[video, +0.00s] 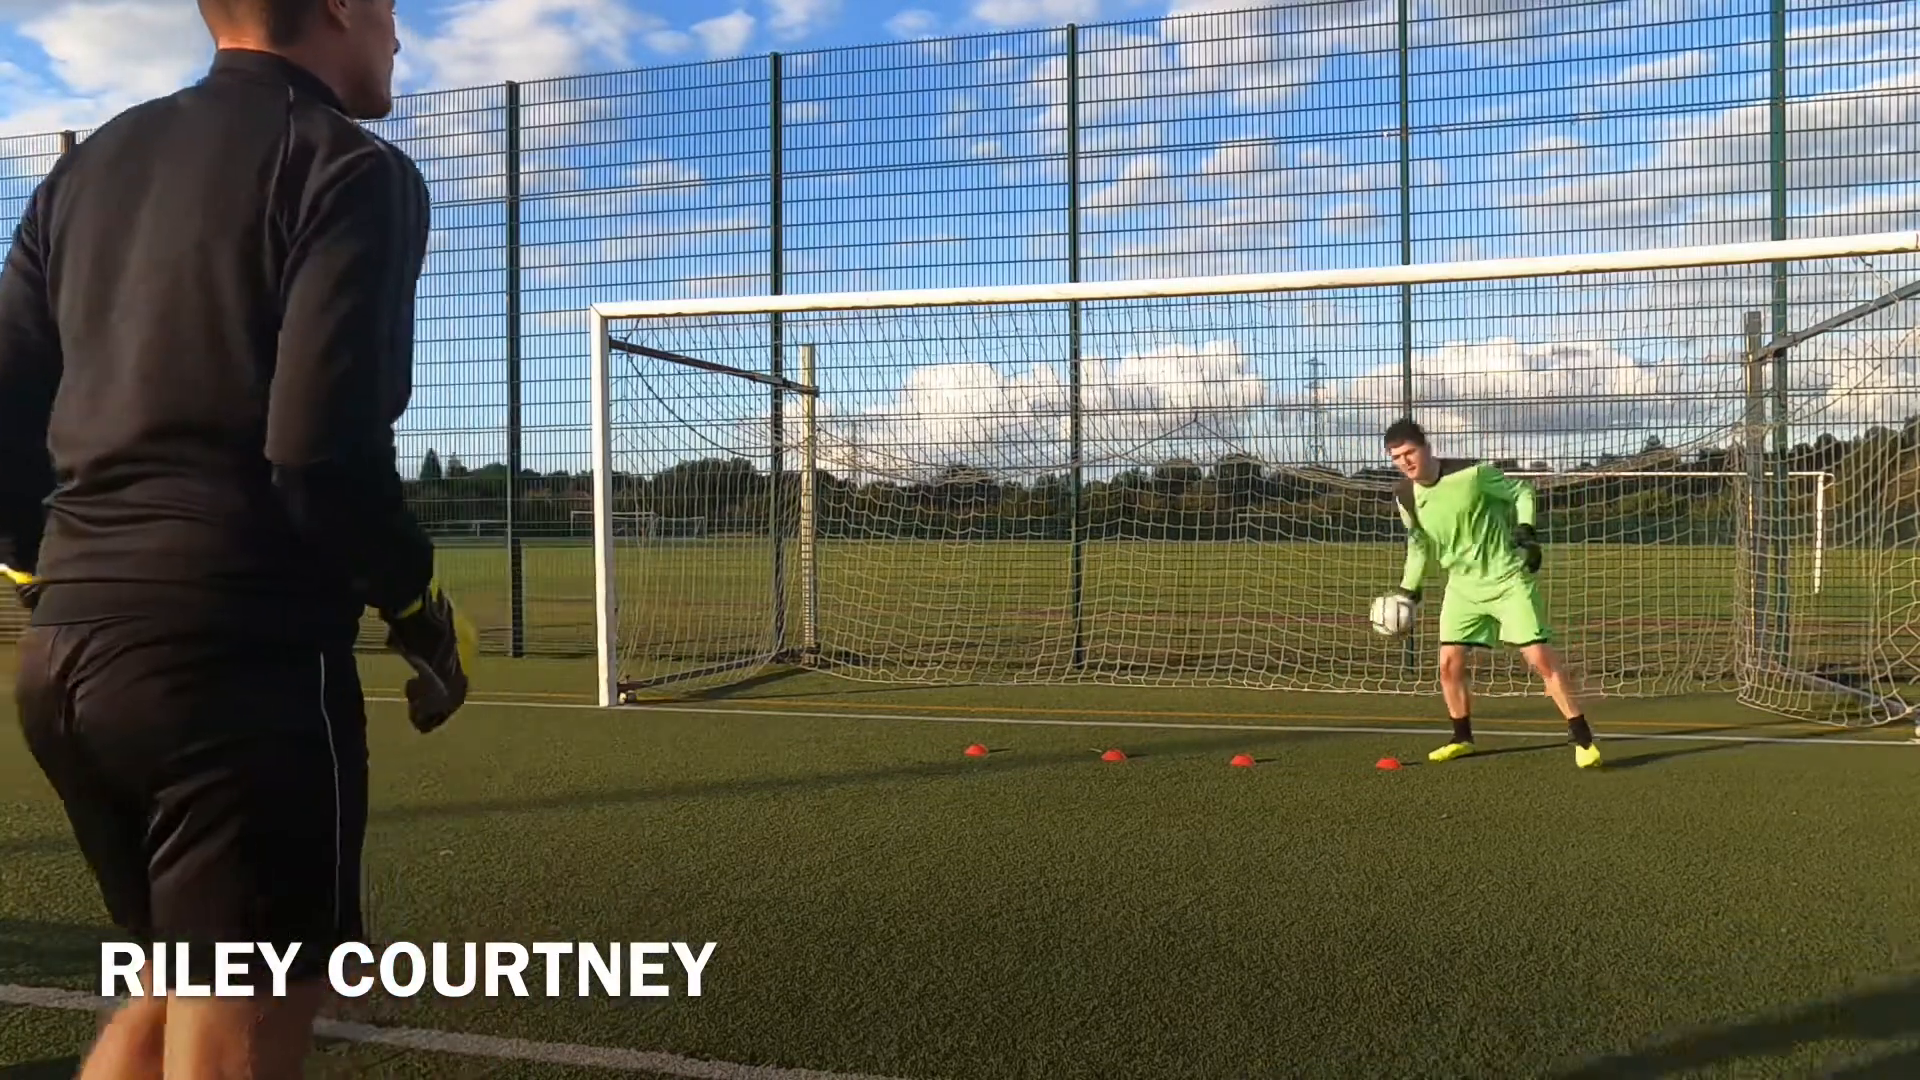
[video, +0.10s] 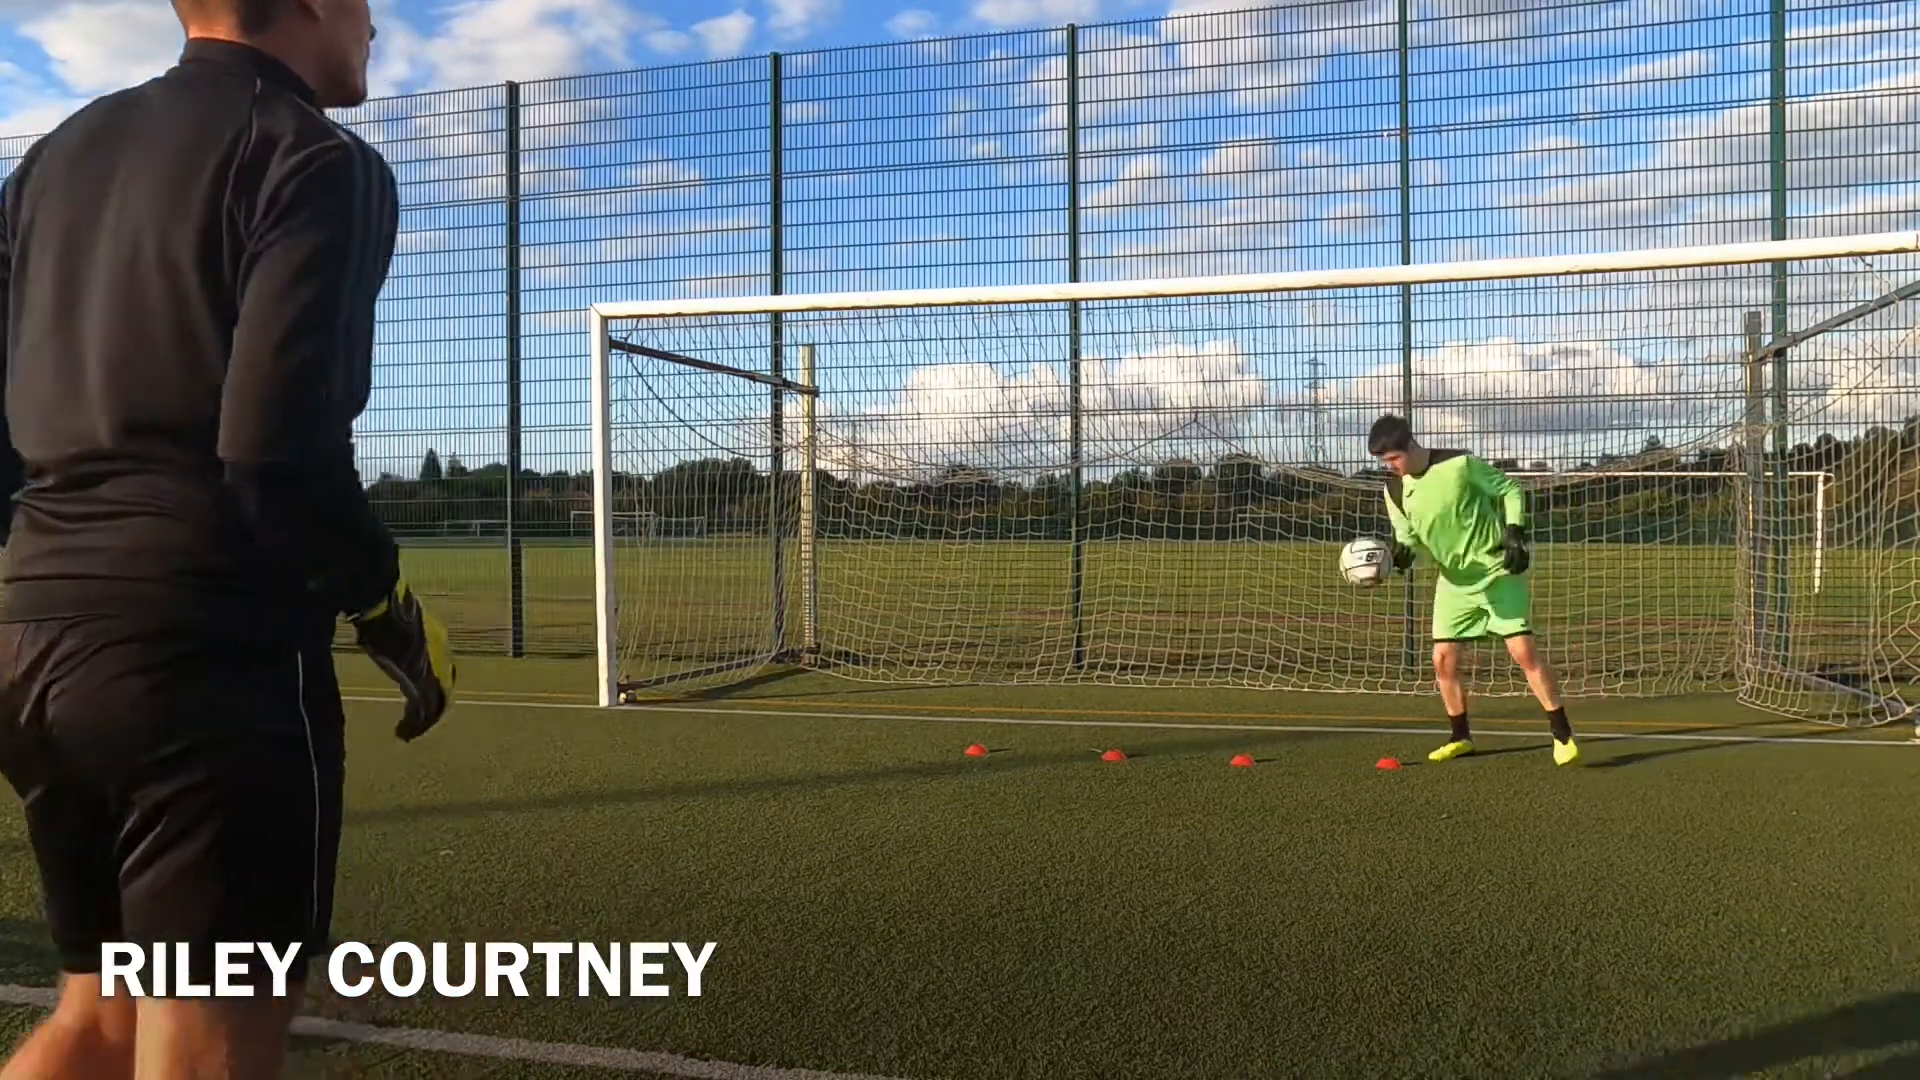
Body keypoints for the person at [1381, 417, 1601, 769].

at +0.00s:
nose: (1406, 461)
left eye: (1410, 452)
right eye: (1398, 458)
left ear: (1427, 447)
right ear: (1394, 462)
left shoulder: (1476, 475)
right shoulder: (1407, 500)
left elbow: (1523, 491)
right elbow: (1417, 545)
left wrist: (1526, 532)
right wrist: (1408, 593)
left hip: (1510, 579)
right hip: (1462, 587)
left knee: (1539, 658)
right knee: (1449, 663)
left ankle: (1583, 739)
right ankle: (1462, 738)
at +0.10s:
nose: (1389, 466)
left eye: (1393, 457)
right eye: (1383, 461)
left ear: (1412, 445)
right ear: (1382, 459)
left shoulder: (1462, 466)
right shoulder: (1394, 491)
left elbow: (1511, 489)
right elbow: (1407, 543)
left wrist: (1515, 534)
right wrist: (1400, 556)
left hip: (1498, 573)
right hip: (1453, 581)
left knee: (1522, 652)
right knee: (1443, 659)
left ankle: (1563, 734)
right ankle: (1461, 737)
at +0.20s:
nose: (1378, 463)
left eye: (1381, 455)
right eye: (1373, 458)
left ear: (1399, 442)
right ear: (1372, 455)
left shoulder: (1451, 460)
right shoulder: (1387, 484)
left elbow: (1502, 484)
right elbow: (1399, 537)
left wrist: (1504, 528)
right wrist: (1417, 510)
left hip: (1487, 567)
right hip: (1444, 576)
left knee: (1511, 649)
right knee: (1448, 659)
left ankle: (1545, 734)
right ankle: (1461, 737)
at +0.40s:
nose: (1365, 466)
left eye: (1368, 458)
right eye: (1360, 461)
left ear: (1388, 444)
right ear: (1363, 457)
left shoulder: (1442, 465)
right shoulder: (1374, 489)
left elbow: (1487, 493)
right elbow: (1382, 535)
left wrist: (1484, 539)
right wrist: (1396, 567)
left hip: (1471, 580)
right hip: (1427, 590)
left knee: (1495, 657)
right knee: (1431, 668)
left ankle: (1537, 744)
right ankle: (1459, 721)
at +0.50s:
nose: (1360, 483)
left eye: (1364, 474)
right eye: (1355, 477)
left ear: (1383, 462)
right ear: (1355, 474)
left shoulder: (1431, 489)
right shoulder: (1367, 498)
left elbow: (1481, 528)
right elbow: (1363, 537)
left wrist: (1474, 571)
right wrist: (1346, 579)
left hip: (1452, 592)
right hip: (1410, 597)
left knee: (1482, 674)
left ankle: (1542, 749)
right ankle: (1430, 721)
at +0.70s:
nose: (1304, 477)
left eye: (1309, 469)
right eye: (1299, 471)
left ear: (1329, 458)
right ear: (1296, 467)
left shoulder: (1371, 485)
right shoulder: (1301, 487)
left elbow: (1411, 530)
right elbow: (1284, 520)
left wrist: (1398, 563)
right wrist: (1278, 558)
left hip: (1384, 580)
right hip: (1338, 587)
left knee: (1415, 649)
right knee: (1355, 654)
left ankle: (1434, 714)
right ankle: (1374, 752)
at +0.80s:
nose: (1264, 473)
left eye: (1269, 465)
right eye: (1259, 466)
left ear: (1288, 455)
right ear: (1256, 464)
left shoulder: (1333, 480)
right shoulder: (1263, 483)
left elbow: (1374, 524)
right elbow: (1261, 517)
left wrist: (1366, 562)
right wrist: (1254, 557)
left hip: (1349, 567)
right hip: (1306, 573)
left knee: (1363, 660)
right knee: (1319, 644)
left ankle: (1364, 714)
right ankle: (1334, 734)